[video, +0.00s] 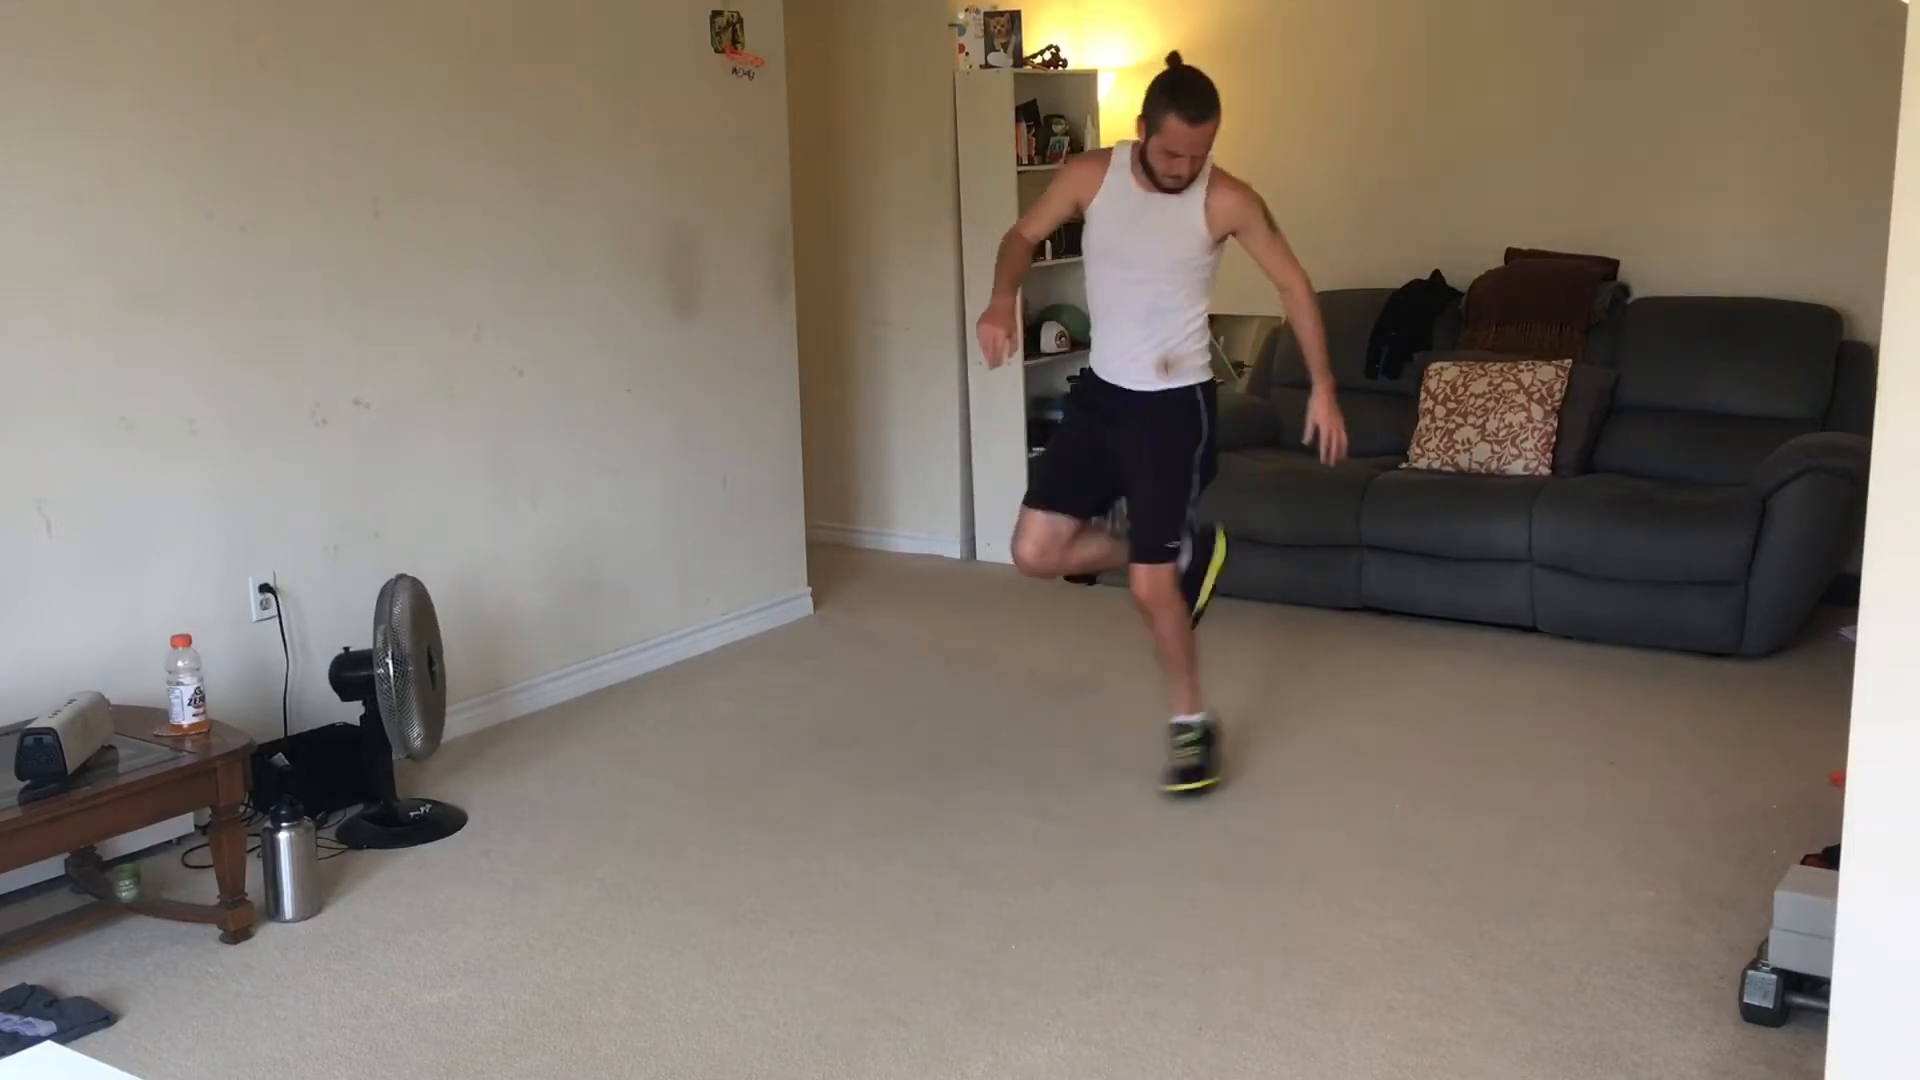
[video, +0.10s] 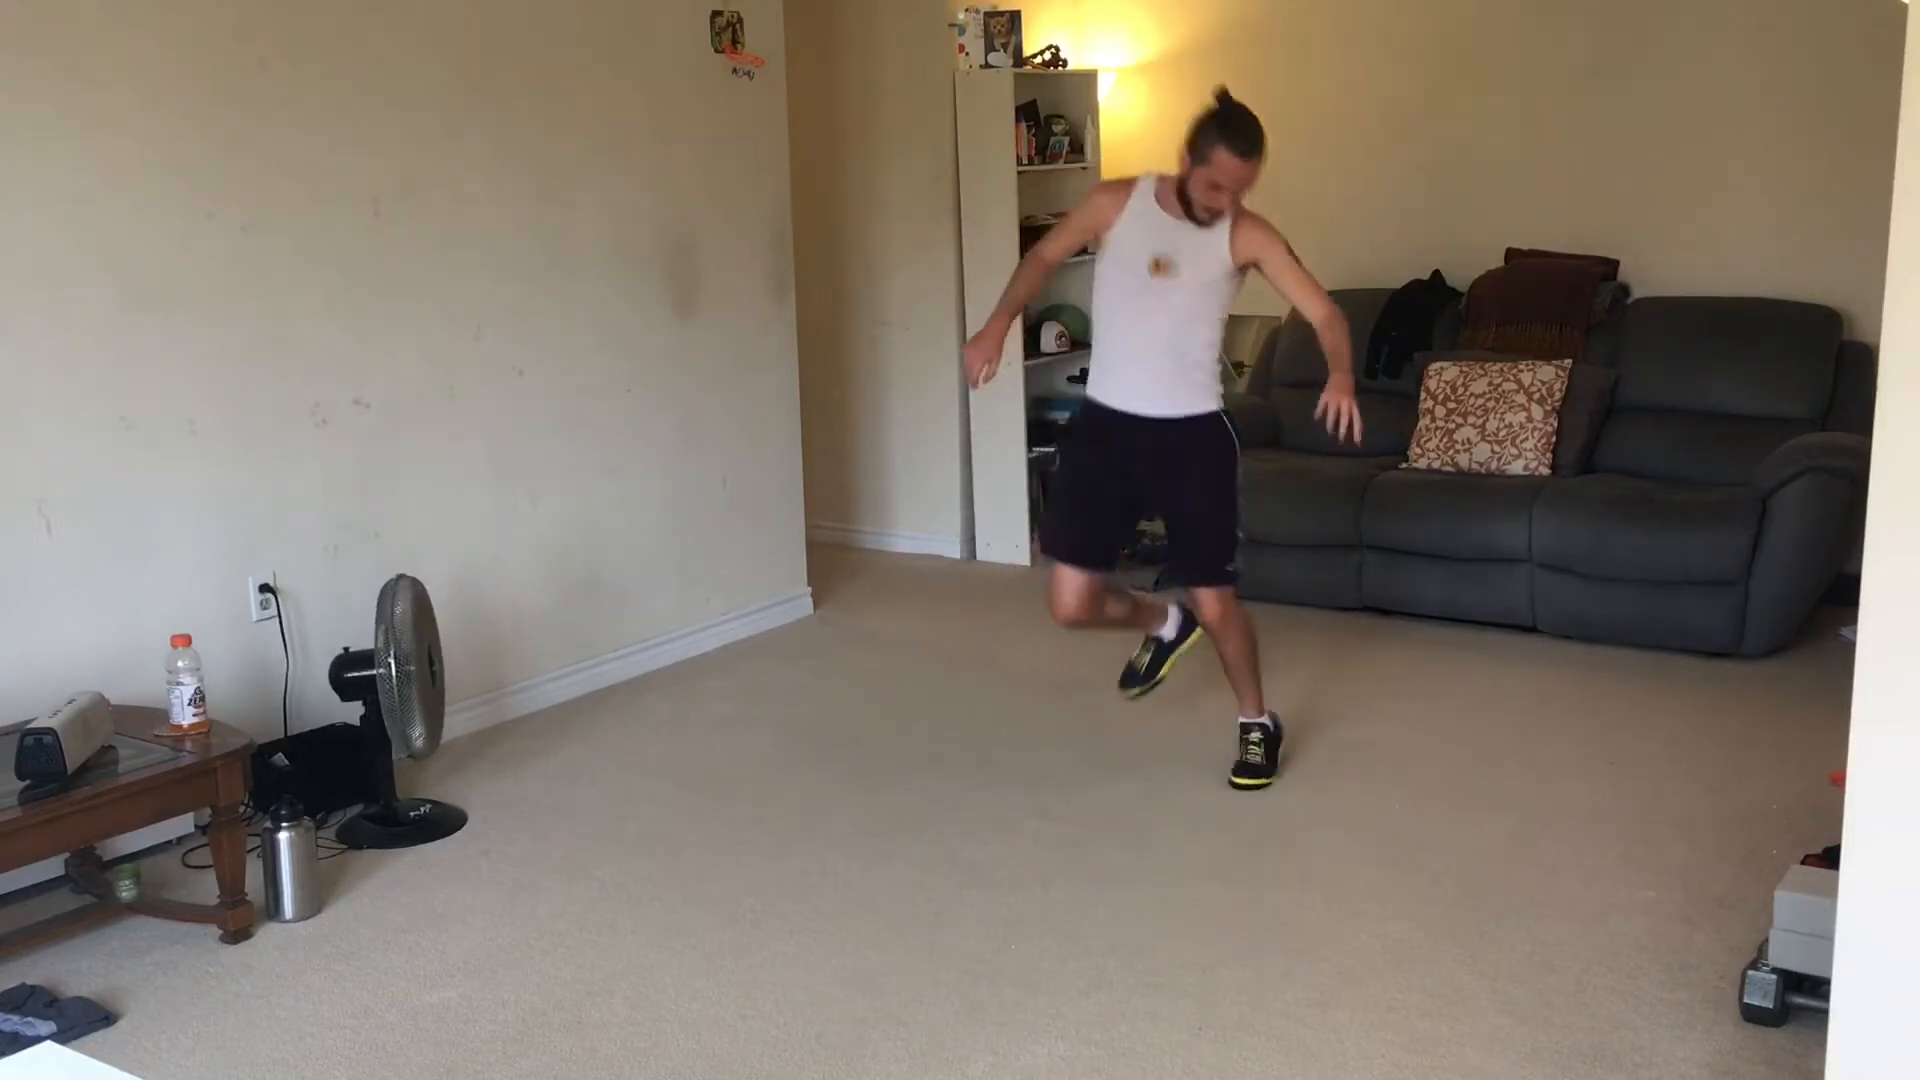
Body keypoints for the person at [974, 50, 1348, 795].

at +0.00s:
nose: (1182, 166)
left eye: (1195, 154)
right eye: (1170, 152)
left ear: (1213, 138)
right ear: (1143, 129)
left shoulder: (1228, 201)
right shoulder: (1090, 175)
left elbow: (1295, 288)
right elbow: (1024, 236)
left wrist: (1323, 387)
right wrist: (1001, 299)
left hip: (1174, 406)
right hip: (1098, 395)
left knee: (1153, 583)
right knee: (1037, 551)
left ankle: (1189, 724)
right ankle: (1181, 556)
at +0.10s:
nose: (1224, 200)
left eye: (1238, 190)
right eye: (1214, 184)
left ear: (1252, 177)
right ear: (1187, 159)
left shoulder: (1249, 236)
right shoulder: (1116, 203)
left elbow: (1325, 314)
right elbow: (1041, 261)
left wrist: (1342, 378)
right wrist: (997, 324)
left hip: (1195, 436)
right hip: (1105, 426)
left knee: (1212, 601)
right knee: (1070, 604)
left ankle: (1256, 721)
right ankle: (1167, 620)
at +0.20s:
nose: (1246, 286)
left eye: (1258, 279)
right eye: (1242, 274)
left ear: (1270, 255)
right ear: (1215, 238)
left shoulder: (1259, 276)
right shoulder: (1126, 256)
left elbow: (1325, 328)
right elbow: (1040, 297)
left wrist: (1339, 344)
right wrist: (978, 375)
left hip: (1207, 464)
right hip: (1120, 464)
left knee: (1234, 620)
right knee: (1099, 637)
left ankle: (1248, 727)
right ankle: (1146, 657)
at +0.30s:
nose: (1187, 306)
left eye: (1194, 297)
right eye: (1175, 300)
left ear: (1206, 267)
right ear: (1145, 273)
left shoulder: (1239, 270)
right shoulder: (1100, 283)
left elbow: (1332, 312)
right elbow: (1008, 337)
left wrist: (1377, 365)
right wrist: (934, 398)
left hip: (1222, 464)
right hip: (1133, 467)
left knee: (1236, 616)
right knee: (1093, 627)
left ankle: (1248, 726)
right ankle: (1146, 701)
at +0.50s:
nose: (1088, 263)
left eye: (1088, 246)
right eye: (1073, 257)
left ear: (1107, 209)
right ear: (1060, 245)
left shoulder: (1188, 225)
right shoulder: (1081, 263)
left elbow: (1311, 232)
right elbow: (1026, 331)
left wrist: (1425, 241)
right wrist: (992, 369)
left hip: (1215, 427)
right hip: (1160, 422)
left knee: (1060, 512)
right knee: (1102, 561)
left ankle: (1101, 649)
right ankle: (1149, 705)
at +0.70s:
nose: (1114, 202)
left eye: (1122, 187)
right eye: (1100, 193)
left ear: (1147, 154)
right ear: (1086, 176)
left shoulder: (1204, 191)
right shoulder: (1086, 191)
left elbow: (1294, 253)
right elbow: (1009, 211)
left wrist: (1324, 358)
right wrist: (955, 254)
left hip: (1211, 354)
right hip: (1143, 358)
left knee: (1086, 429)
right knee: (1120, 523)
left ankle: (1072, 605)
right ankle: (1145, 682)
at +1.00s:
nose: (1118, 165)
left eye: (1134, 153)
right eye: (1110, 150)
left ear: (1171, 140)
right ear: (1104, 137)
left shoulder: (1201, 204)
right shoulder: (1117, 191)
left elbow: (1148, 288)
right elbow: (1133, 303)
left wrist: (1044, 241)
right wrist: (1093, 358)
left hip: (1171, 412)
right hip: (1104, 396)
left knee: (1160, 582)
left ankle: (1197, 730)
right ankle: (1060, 647)